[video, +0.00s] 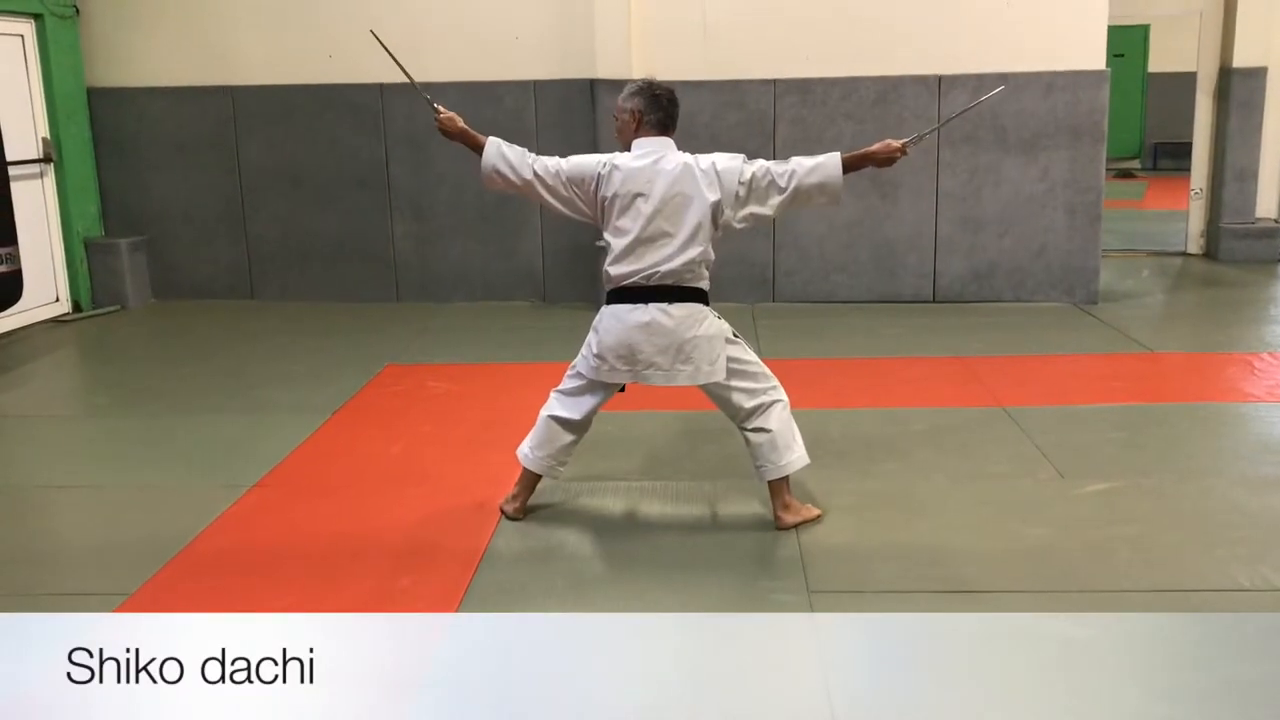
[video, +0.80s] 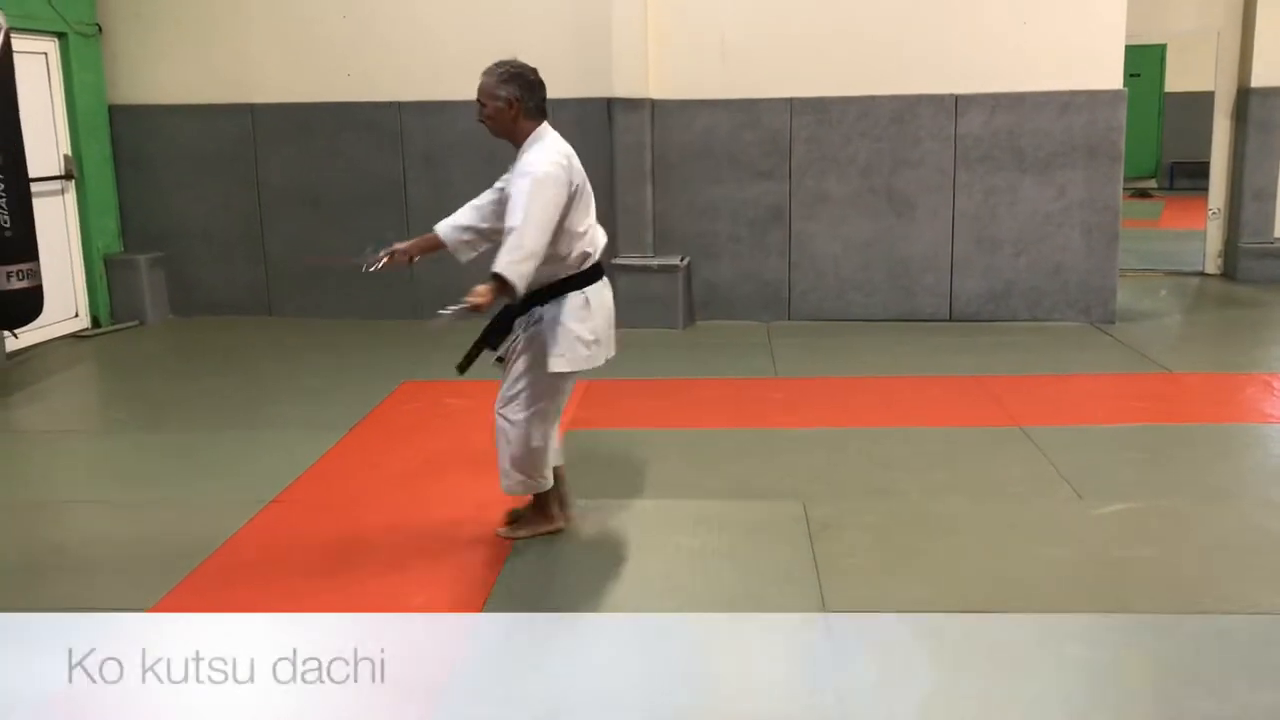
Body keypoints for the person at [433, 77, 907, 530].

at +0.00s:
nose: (614, 129)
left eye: (618, 120)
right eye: (617, 120)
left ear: (637, 122)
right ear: (669, 123)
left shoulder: (609, 170)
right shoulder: (712, 169)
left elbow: (534, 168)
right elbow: (787, 175)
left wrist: (469, 137)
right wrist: (863, 157)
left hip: (620, 320)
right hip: (690, 321)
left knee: (572, 399)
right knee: (761, 398)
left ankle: (517, 497)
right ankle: (786, 506)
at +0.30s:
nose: (591, 138)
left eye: (595, 128)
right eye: (591, 128)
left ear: (620, 130)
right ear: (644, 129)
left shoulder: (601, 181)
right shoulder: (701, 169)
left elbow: (526, 203)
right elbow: (763, 175)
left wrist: (450, 193)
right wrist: (817, 160)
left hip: (636, 323)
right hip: (704, 317)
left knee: (575, 397)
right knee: (752, 409)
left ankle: (532, 500)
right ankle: (787, 510)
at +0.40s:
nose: (562, 142)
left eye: (566, 132)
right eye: (561, 133)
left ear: (592, 131)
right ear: (614, 129)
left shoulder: (584, 185)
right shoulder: (678, 168)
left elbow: (509, 218)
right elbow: (732, 170)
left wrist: (423, 220)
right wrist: (758, 149)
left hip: (629, 326)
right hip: (695, 315)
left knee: (561, 395)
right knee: (743, 410)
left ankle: (539, 503)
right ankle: (788, 513)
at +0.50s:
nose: (527, 132)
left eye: (532, 121)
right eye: (526, 122)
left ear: (561, 120)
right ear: (579, 120)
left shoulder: (558, 179)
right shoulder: (642, 164)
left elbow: (496, 230)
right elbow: (664, 187)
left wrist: (411, 249)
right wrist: (661, 162)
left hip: (605, 323)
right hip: (666, 310)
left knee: (539, 398)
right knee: (713, 405)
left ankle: (538, 506)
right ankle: (781, 495)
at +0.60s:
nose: (503, 123)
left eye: (509, 113)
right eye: (503, 113)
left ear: (537, 115)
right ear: (548, 114)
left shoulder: (540, 172)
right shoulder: (599, 155)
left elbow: (488, 237)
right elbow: (624, 223)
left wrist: (419, 270)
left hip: (580, 313)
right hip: (635, 302)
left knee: (526, 409)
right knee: (659, 403)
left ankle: (540, 507)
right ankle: (721, 481)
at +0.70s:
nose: (489, 118)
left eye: (494, 107)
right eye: (488, 107)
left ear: (524, 108)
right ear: (532, 108)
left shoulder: (535, 167)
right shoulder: (572, 150)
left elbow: (504, 232)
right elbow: (536, 199)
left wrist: (453, 280)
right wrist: (484, 212)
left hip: (567, 310)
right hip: (611, 297)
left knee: (522, 407)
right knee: (588, 399)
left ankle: (542, 509)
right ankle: (631, 491)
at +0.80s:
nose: (479, 113)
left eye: (485, 104)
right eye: (478, 104)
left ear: (513, 105)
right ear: (516, 105)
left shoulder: (545, 162)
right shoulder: (537, 155)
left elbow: (530, 233)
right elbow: (485, 212)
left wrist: (496, 284)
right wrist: (418, 246)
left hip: (566, 303)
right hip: (559, 299)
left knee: (519, 407)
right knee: (533, 401)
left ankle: (546, 508)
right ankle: (552, 496)